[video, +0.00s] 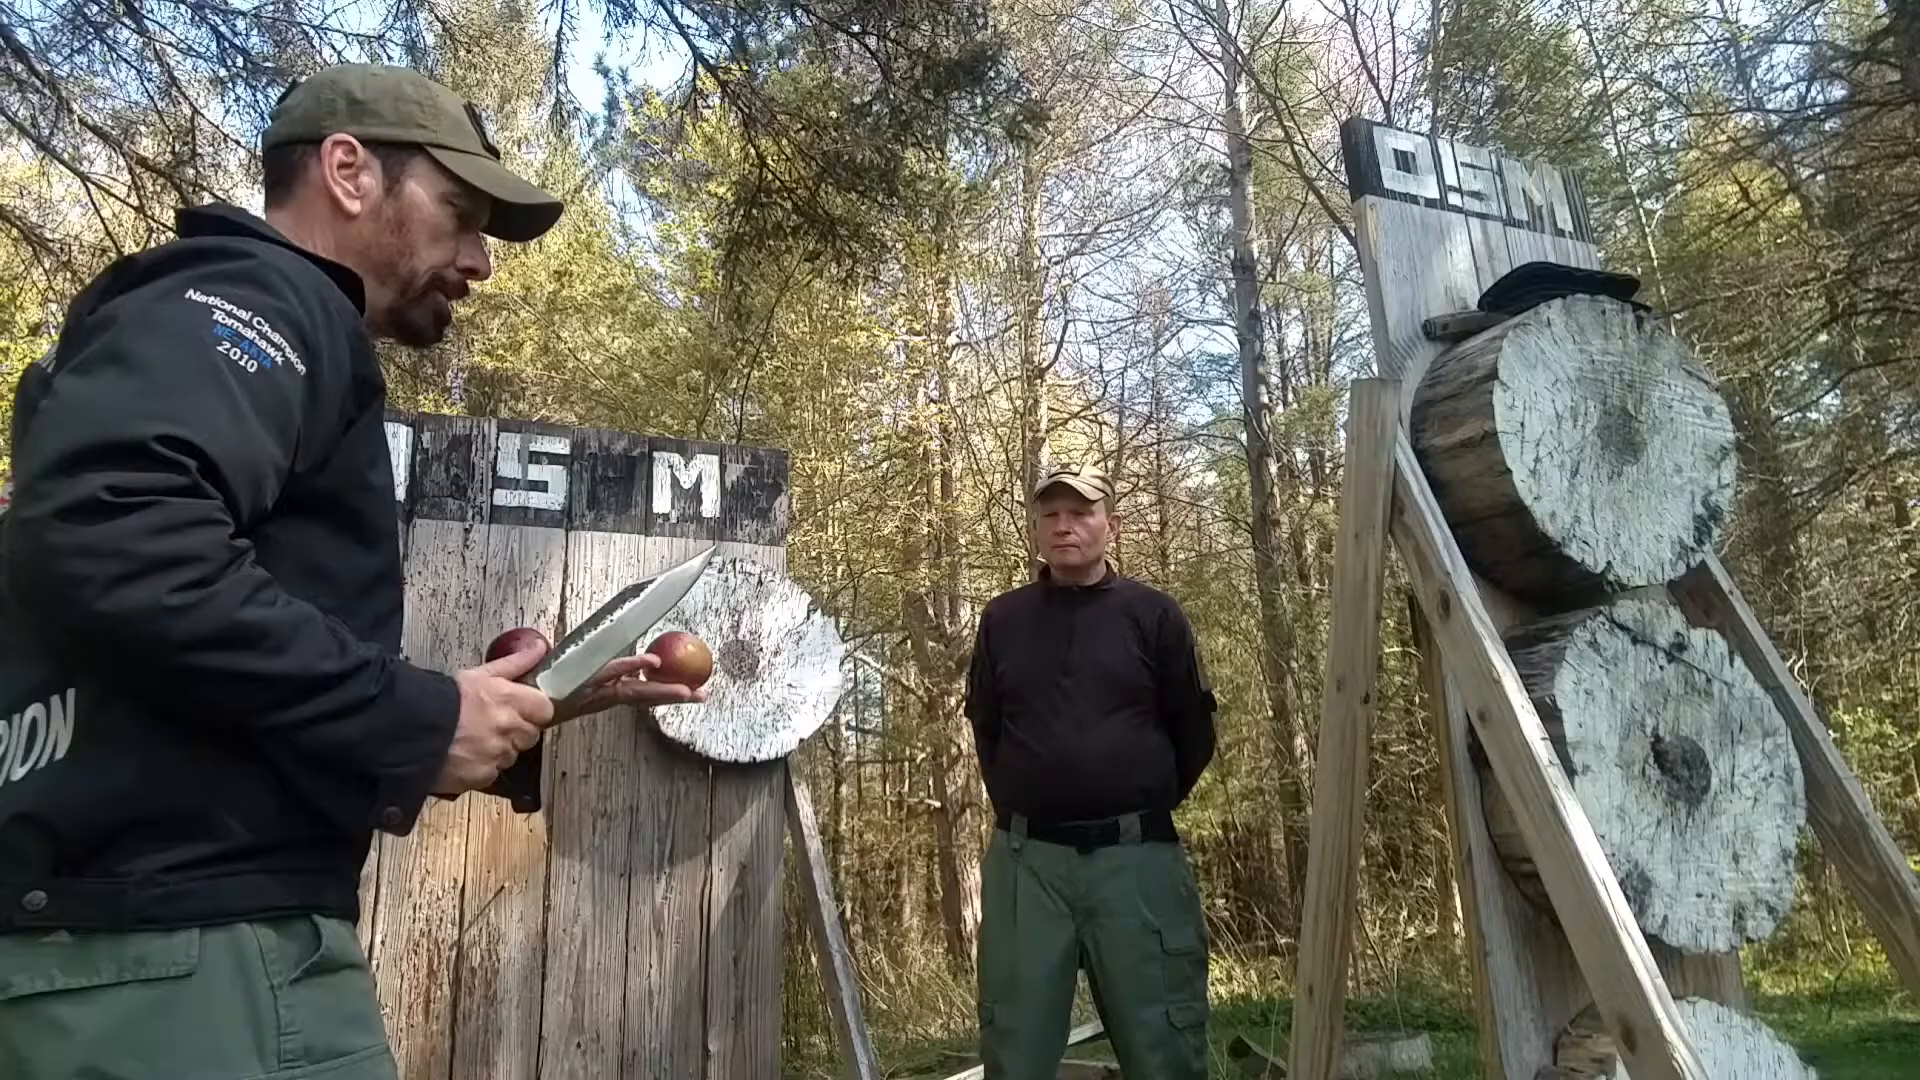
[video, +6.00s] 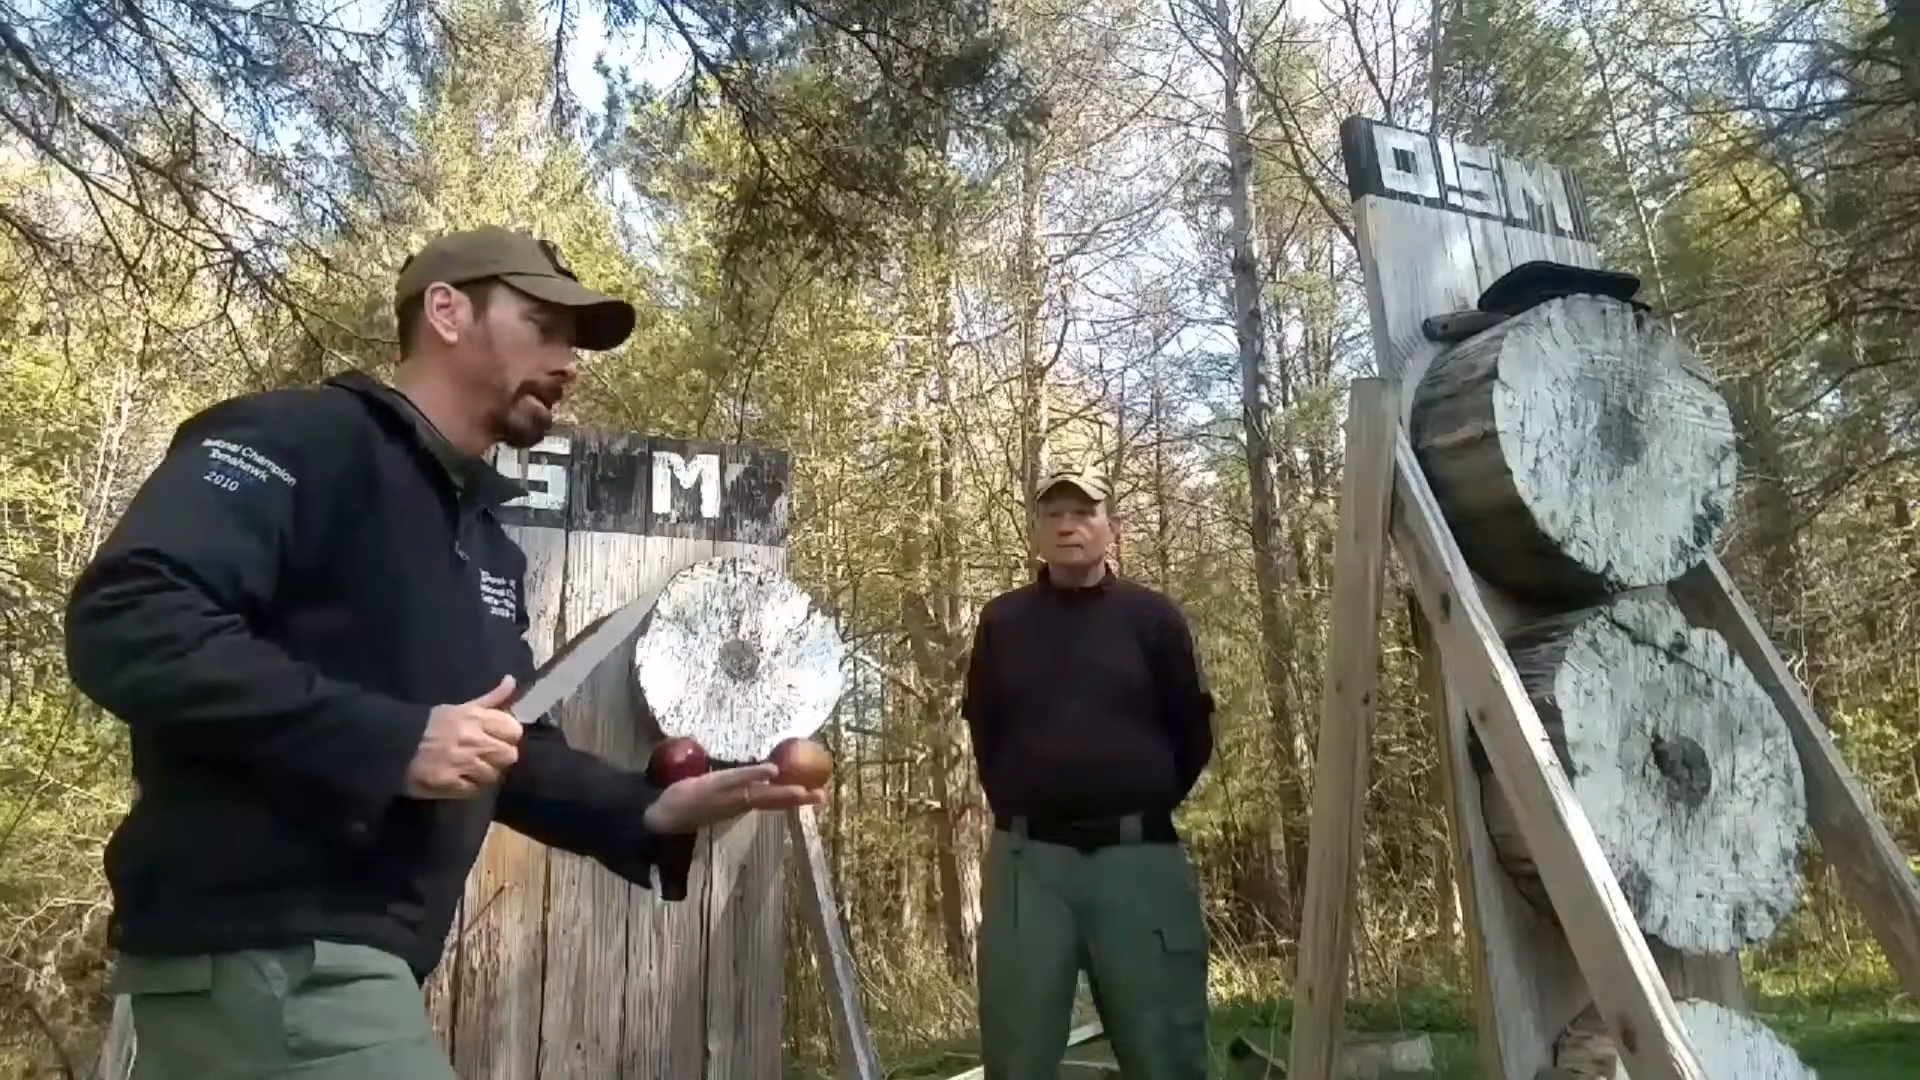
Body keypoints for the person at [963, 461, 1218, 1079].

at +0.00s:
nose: (1064, 525)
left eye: (1080, 513)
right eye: (1051, 515)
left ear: (1109, 528)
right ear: (1033, 534)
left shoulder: (1154, 614)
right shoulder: (1001, 618)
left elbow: (1195, 732)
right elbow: (985, 728)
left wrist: (1141, 812)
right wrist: (1030, 813)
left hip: (1137, 859)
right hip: (1025, 861)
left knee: (1162, 1052)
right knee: (1016, 1054)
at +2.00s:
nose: (1067, 526)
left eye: (1082, 513)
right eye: (1052, 515)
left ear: (1109, 527)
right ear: (1034, 534)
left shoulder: (1153, 614)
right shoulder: (1000, 619)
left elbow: (1194, 730)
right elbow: (984, 731)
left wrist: (1142, 813)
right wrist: (1026, 818)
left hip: (1138, 860)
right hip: (1025, 861)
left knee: (1164, 1058)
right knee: (1016, 1058)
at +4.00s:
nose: (1077, 598)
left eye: (1089, 583)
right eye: (1062, 586)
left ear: (1108, 560)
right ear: (1035, 567)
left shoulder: (1154, 622)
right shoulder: (993, 629)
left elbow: (1185, 724)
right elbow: (981, 734)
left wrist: (1140, 800)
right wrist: (1031, 810)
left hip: (1147, 873)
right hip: (1033, 873)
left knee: (1167, 1053)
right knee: (1022, 1057)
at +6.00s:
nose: (1068, 525)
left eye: (1082, 513)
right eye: (1053, 515)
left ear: (1110, 530)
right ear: (1035, 533)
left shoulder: (1154, 615)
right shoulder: (1000, 619)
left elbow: (1193, 732)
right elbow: (982, 725)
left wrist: (1139, 812)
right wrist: (1023, 814)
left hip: (1140, 862)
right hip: (1026, 862)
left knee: (1164, 1058)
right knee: (1017, 1060)